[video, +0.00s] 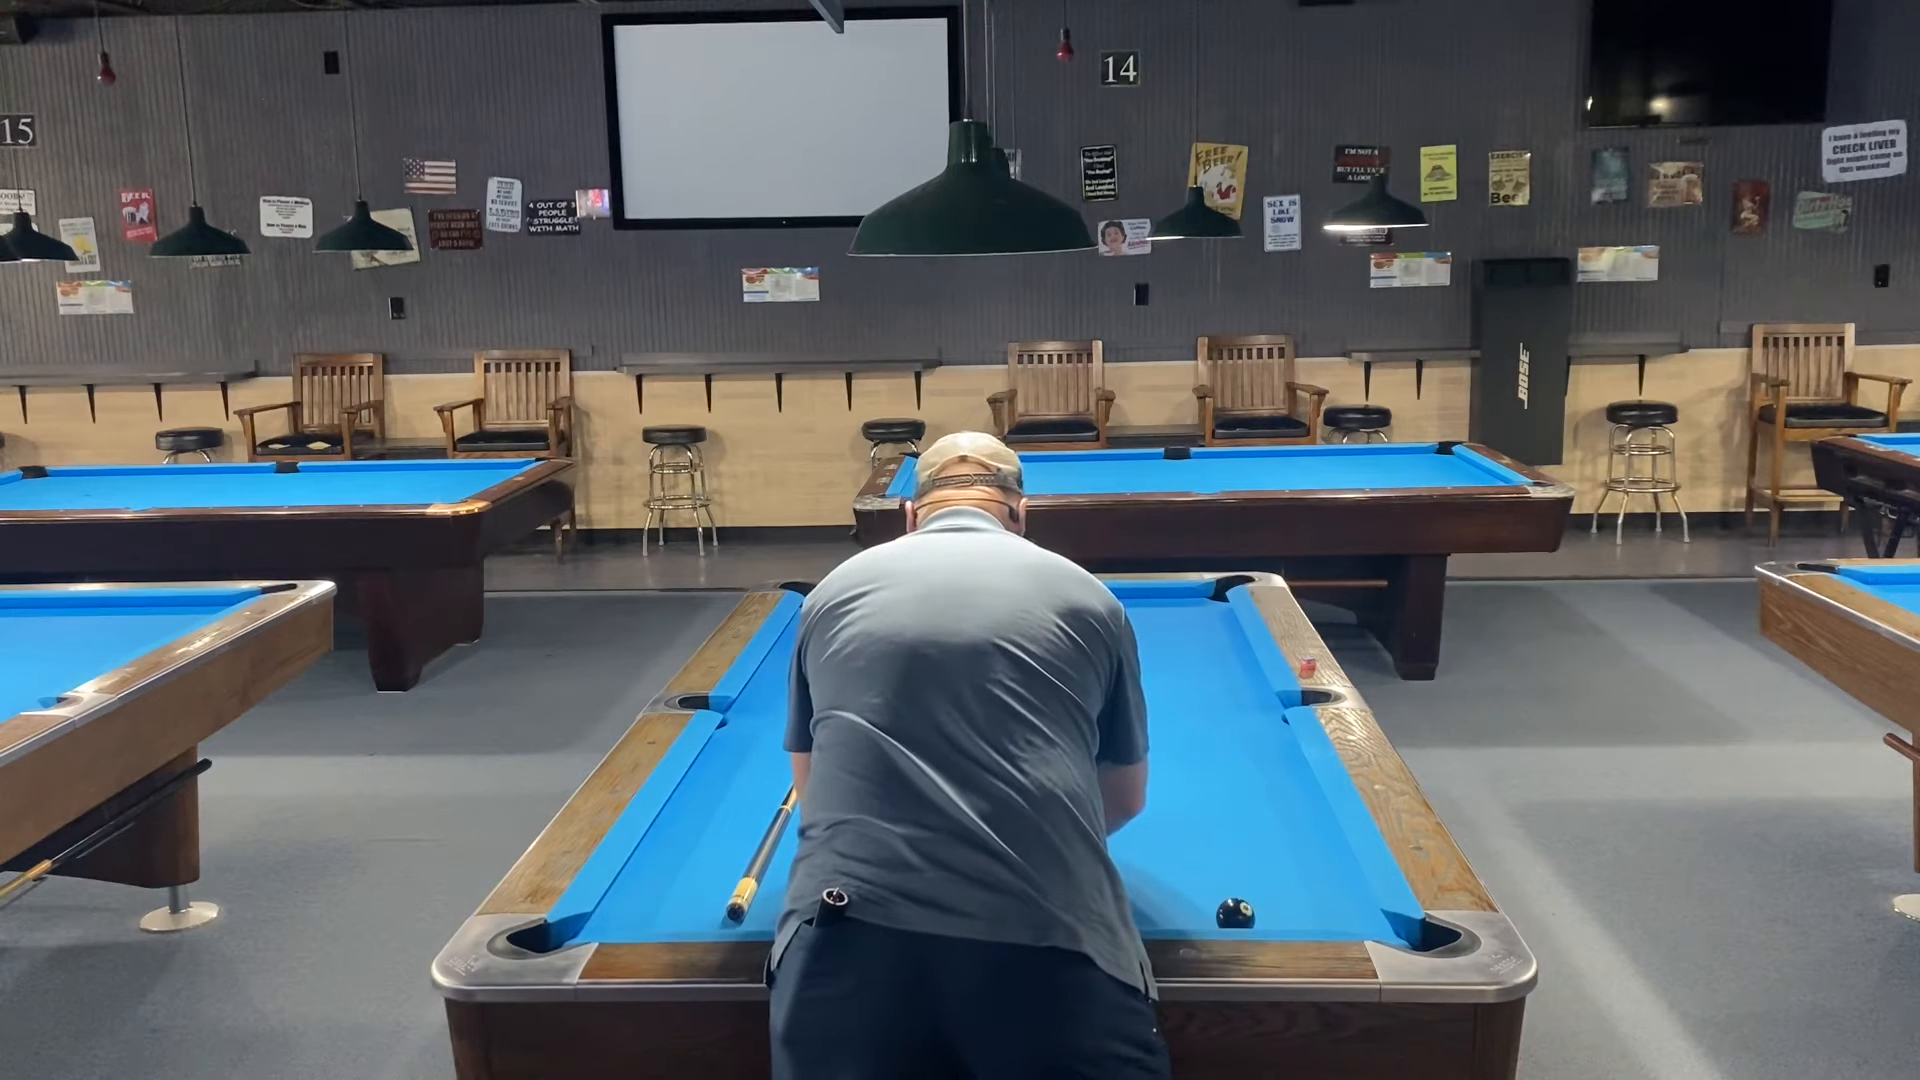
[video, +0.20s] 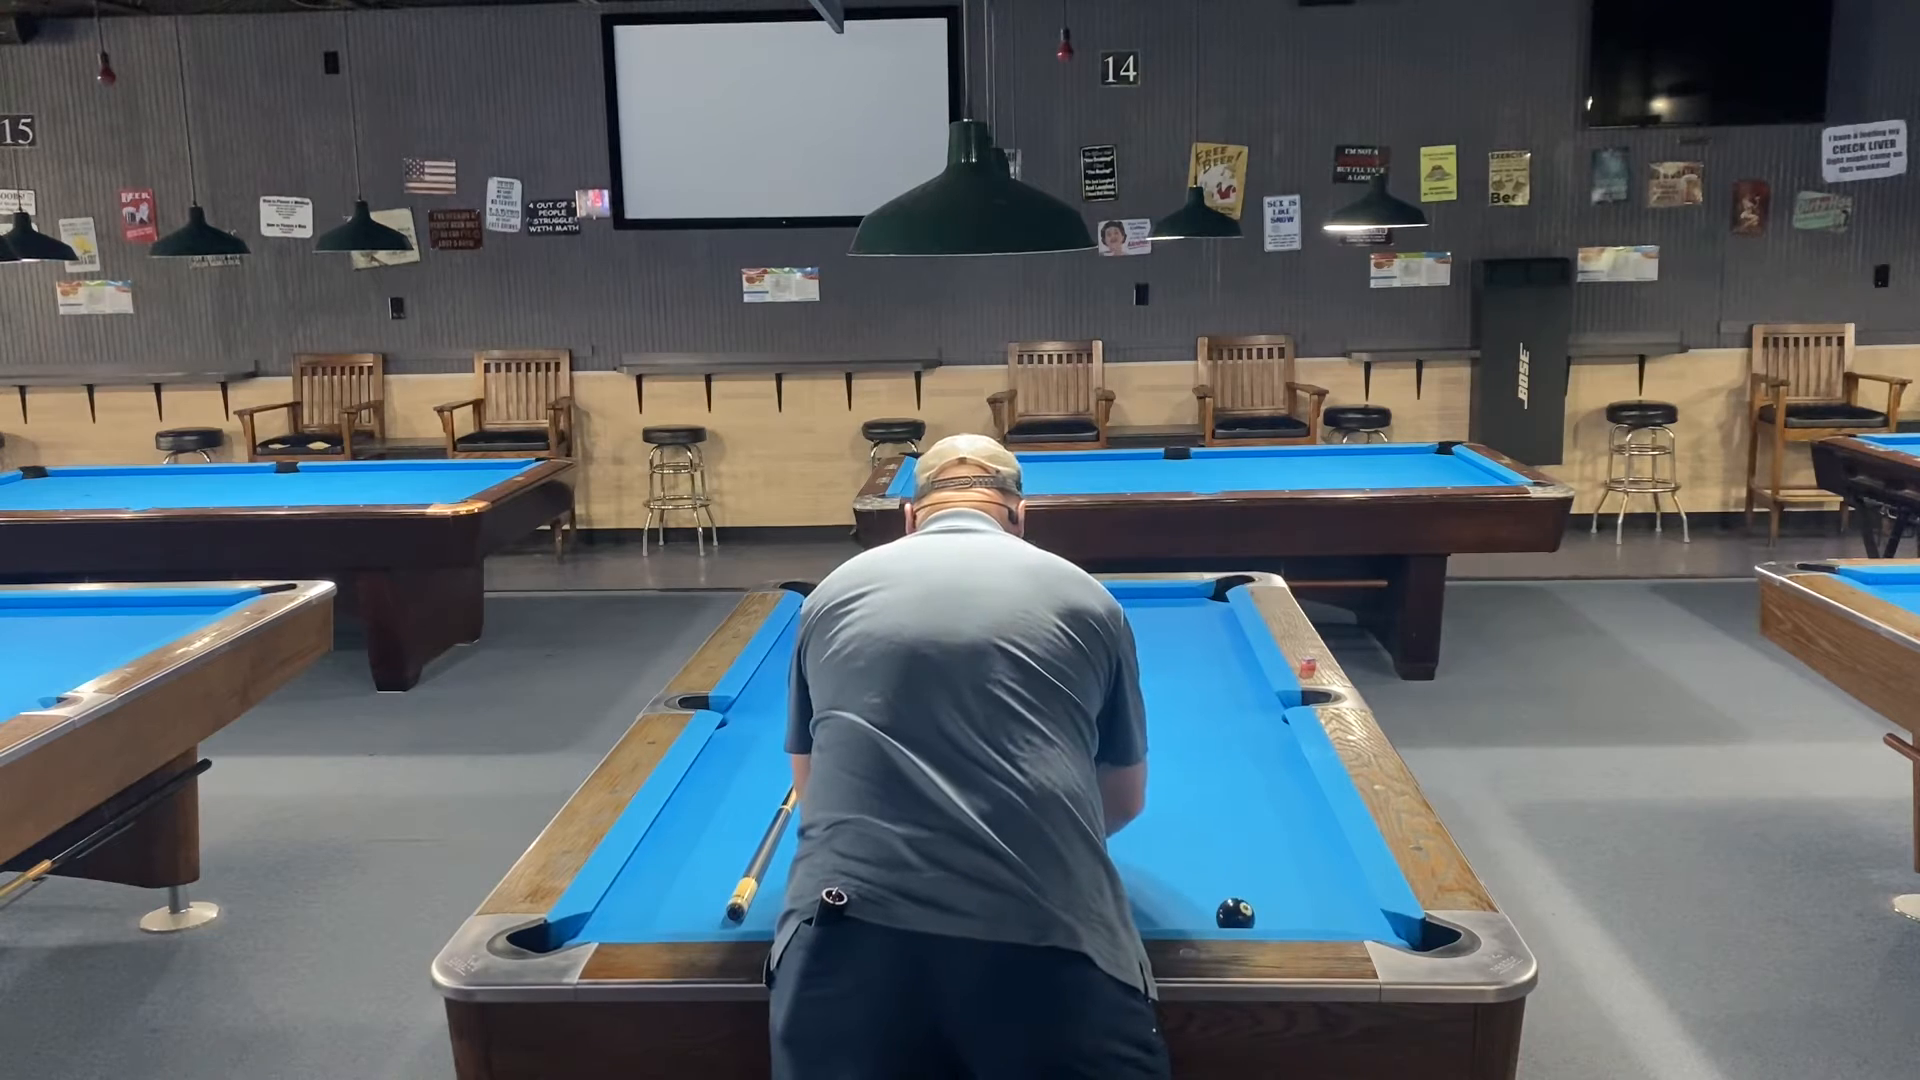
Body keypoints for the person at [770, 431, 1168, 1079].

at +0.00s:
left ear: (910, 514)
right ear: (1019, 512)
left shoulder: (833, 589)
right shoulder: (1089, 596)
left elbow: (810, 783)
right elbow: (1122, 794)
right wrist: (1028, 843)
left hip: (847, 958)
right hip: (1052, 964)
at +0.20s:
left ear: (910, 515)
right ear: (1018, 515)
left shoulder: (833, 590)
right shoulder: (1088, 596)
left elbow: (810, 783)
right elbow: (1121, 796)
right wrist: (1028, 843)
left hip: (847, 957)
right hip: (1051, 962)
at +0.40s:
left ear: (911, 516)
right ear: (1018, 514)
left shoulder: (833, 591)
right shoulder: (1089, 597)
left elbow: (809, 784)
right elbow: (1122, 798)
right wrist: (1029, 846)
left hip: (846, 953)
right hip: (1051, 961)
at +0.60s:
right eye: (1020, 511)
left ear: (912, 518)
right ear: (1018, 515)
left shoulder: (833, 592)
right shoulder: (1088, 597)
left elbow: (809, 788)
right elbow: (1123, 799)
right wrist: (1029, 847)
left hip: (846, 954)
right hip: (1051, 962)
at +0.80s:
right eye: (1021, 513)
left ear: (913, 520)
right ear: (1018, 516)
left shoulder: (834, 593)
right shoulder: (1088, 597)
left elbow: (809, 789)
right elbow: (1123, 801)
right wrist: (1030, 848)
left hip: (846, 955)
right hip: (1050, 962)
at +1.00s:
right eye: (1020, 512)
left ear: (913, 519)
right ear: (1018, 517)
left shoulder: (835, 592)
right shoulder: (1089, 598)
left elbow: (809, 789)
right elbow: (1124, 801)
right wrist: (1030, 849)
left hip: (846, 956)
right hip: (1050, 963)